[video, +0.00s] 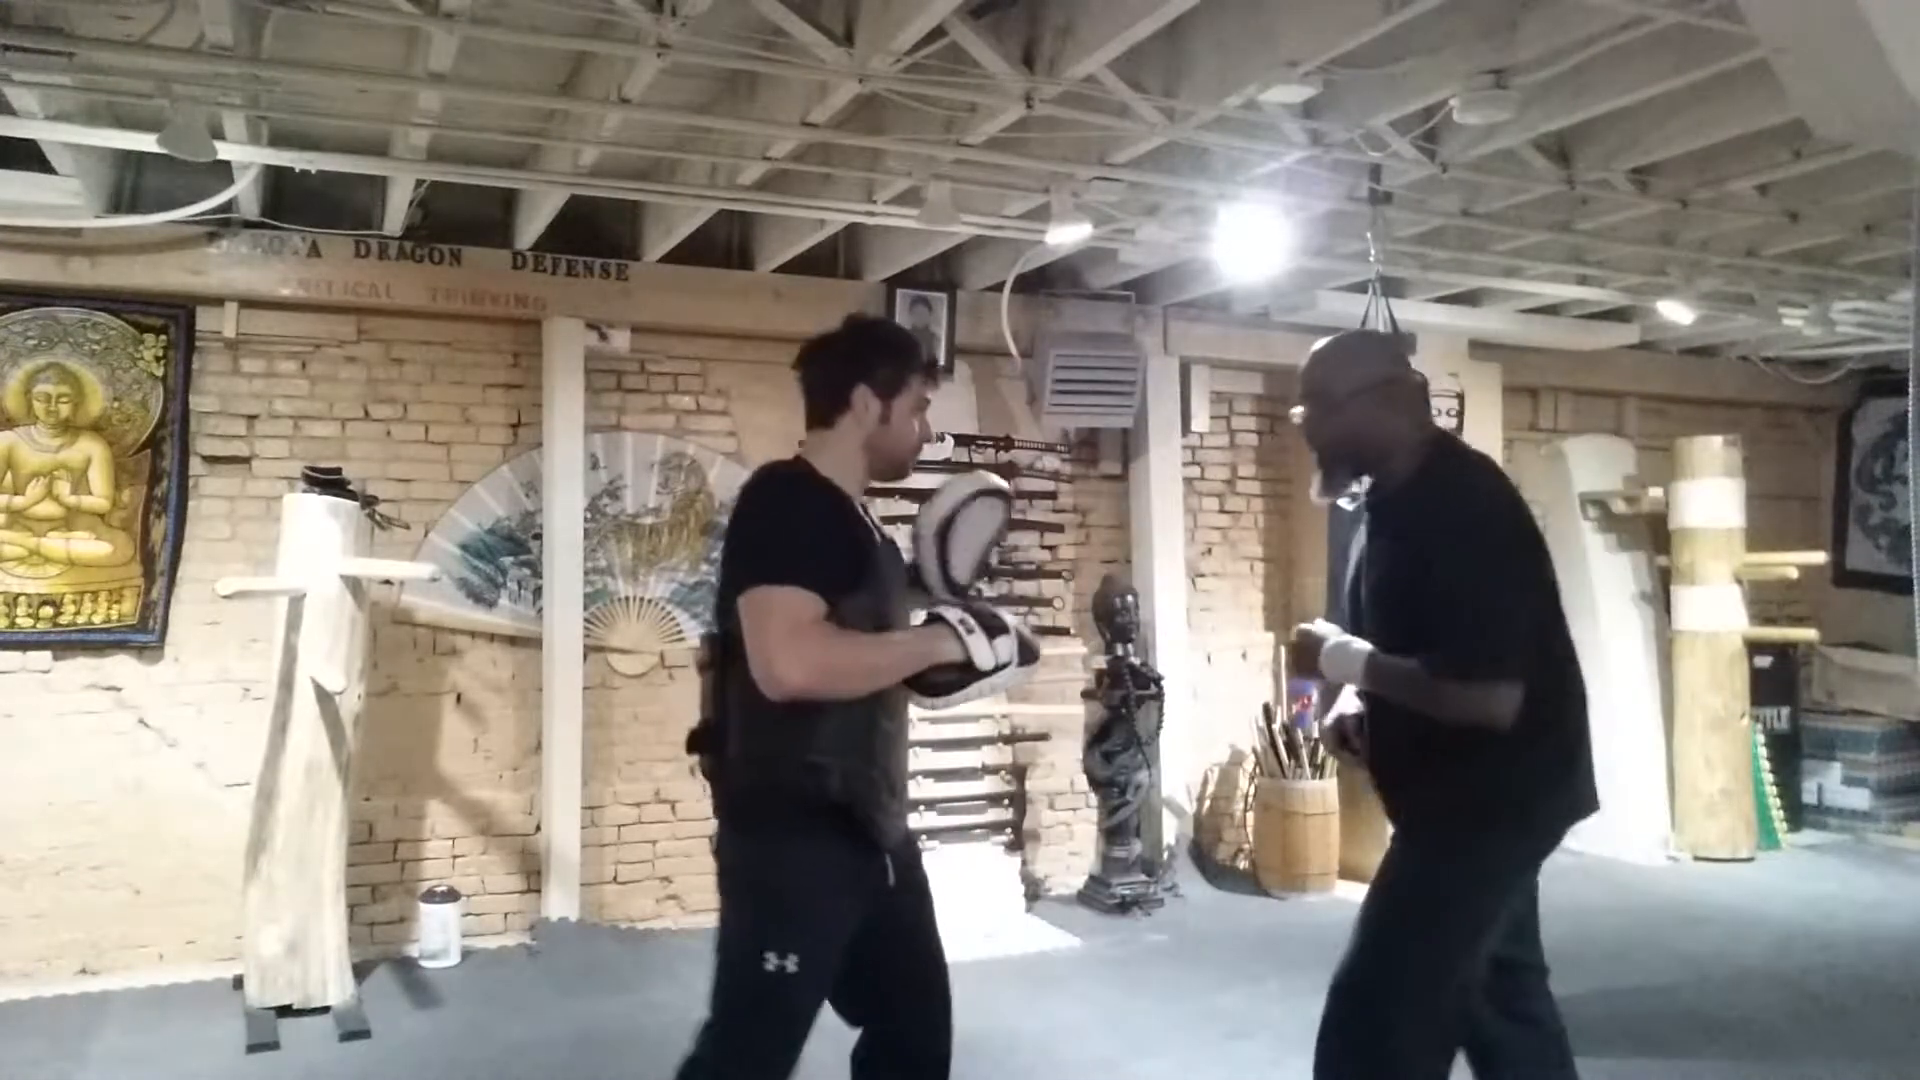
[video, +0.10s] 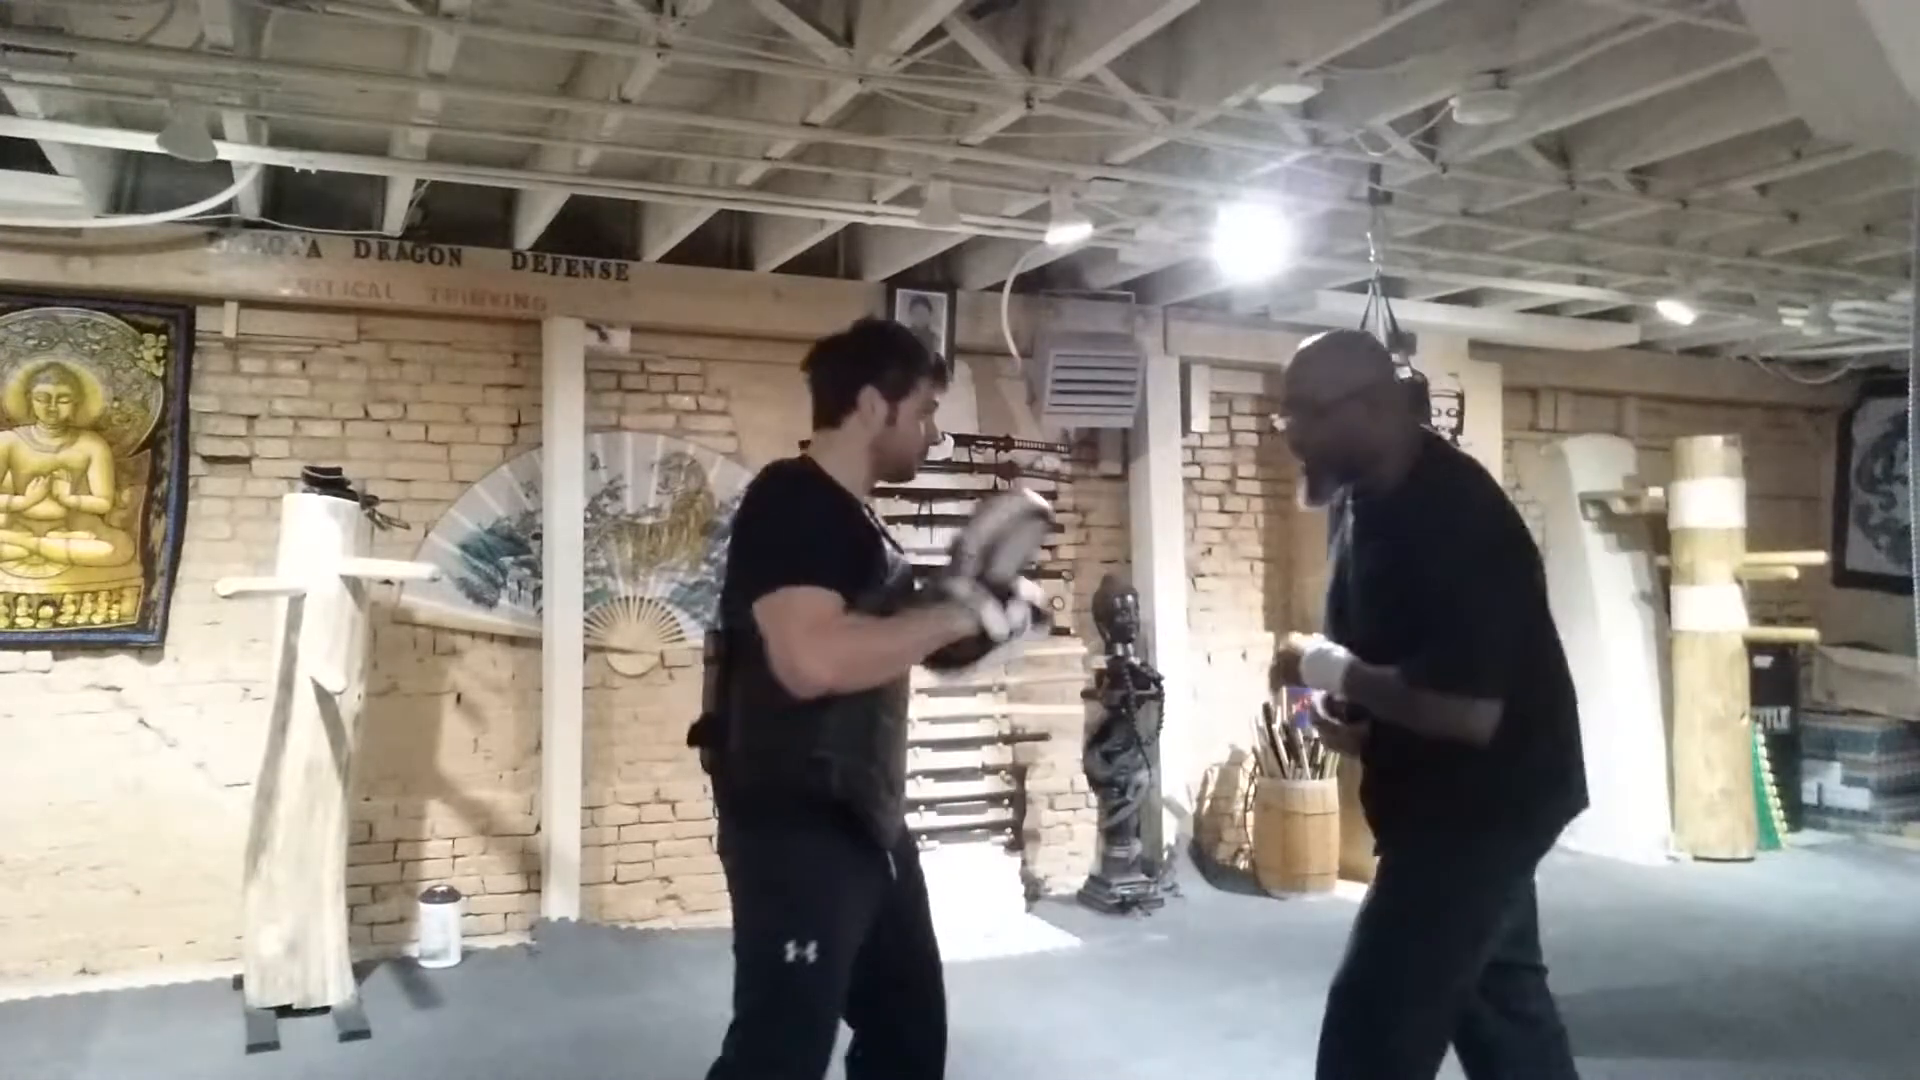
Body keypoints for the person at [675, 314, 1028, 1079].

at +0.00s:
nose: (928, 429)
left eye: (926, 409)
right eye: (919, 407)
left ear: (868, 404)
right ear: (867, 402)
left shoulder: (863, 530)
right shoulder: (786, 497)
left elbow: (841, 653)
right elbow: (787, 661)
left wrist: (932, 616)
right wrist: (939, 645)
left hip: (870, 831)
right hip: (790, 832)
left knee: (913, 1037)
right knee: (747, 1054)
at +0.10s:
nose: (935, 432)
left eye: (934, 413)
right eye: (926, 410)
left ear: (874, 406)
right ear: (873, 403)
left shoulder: (862, 523)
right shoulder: (790, 498)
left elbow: (932, 649)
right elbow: (809, 657)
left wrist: (984, 604)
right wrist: (959, 613)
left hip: (867, 823)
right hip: (792, 827)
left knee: (907, 1042)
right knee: (781, 1053)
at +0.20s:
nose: (928, 426)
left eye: (930, 406)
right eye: (921, 402)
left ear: (861, 396)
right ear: (862, 392)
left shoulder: (858, 511)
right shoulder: (779, 487)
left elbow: (897, 613)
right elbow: (837, 639)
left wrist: (990, 585)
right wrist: (964, 564)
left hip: (866, 822)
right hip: (788, 824)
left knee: (890, 1052)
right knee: (777, 1050)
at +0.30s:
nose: (913, 433)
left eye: (914, 412)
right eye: (905, 408)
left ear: (845, 404)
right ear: (847, 400)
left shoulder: (843, 517)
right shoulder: (759, 497)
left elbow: (872, 623)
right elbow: (856, 638)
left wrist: (963, 563)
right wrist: (954, 541)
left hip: (857, 834)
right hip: (775, 836)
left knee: (896, 1021)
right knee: (761, 1050)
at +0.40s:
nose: (902, 440)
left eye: (902, 421)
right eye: (894, 417)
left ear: (832, 413)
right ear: (833, 410)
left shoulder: (829, 527)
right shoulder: (742, 513)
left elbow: (877, 610)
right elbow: (845, 665)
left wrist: (953, 556)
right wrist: (940, 554)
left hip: (849, 835)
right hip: (766, 846)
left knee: (926, 1008)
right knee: (762, 1064)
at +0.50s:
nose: (902, 435)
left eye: (903, 414)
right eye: (894, 410)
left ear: (833, 404)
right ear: (835, 402)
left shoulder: (838, 520)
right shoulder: (748, 507)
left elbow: (847, 633)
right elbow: (812, 676)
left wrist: (936, 581)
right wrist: (932, 580)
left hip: (858, 837)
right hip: (771, 845)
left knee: (922, 1032)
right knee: (752, 1061)